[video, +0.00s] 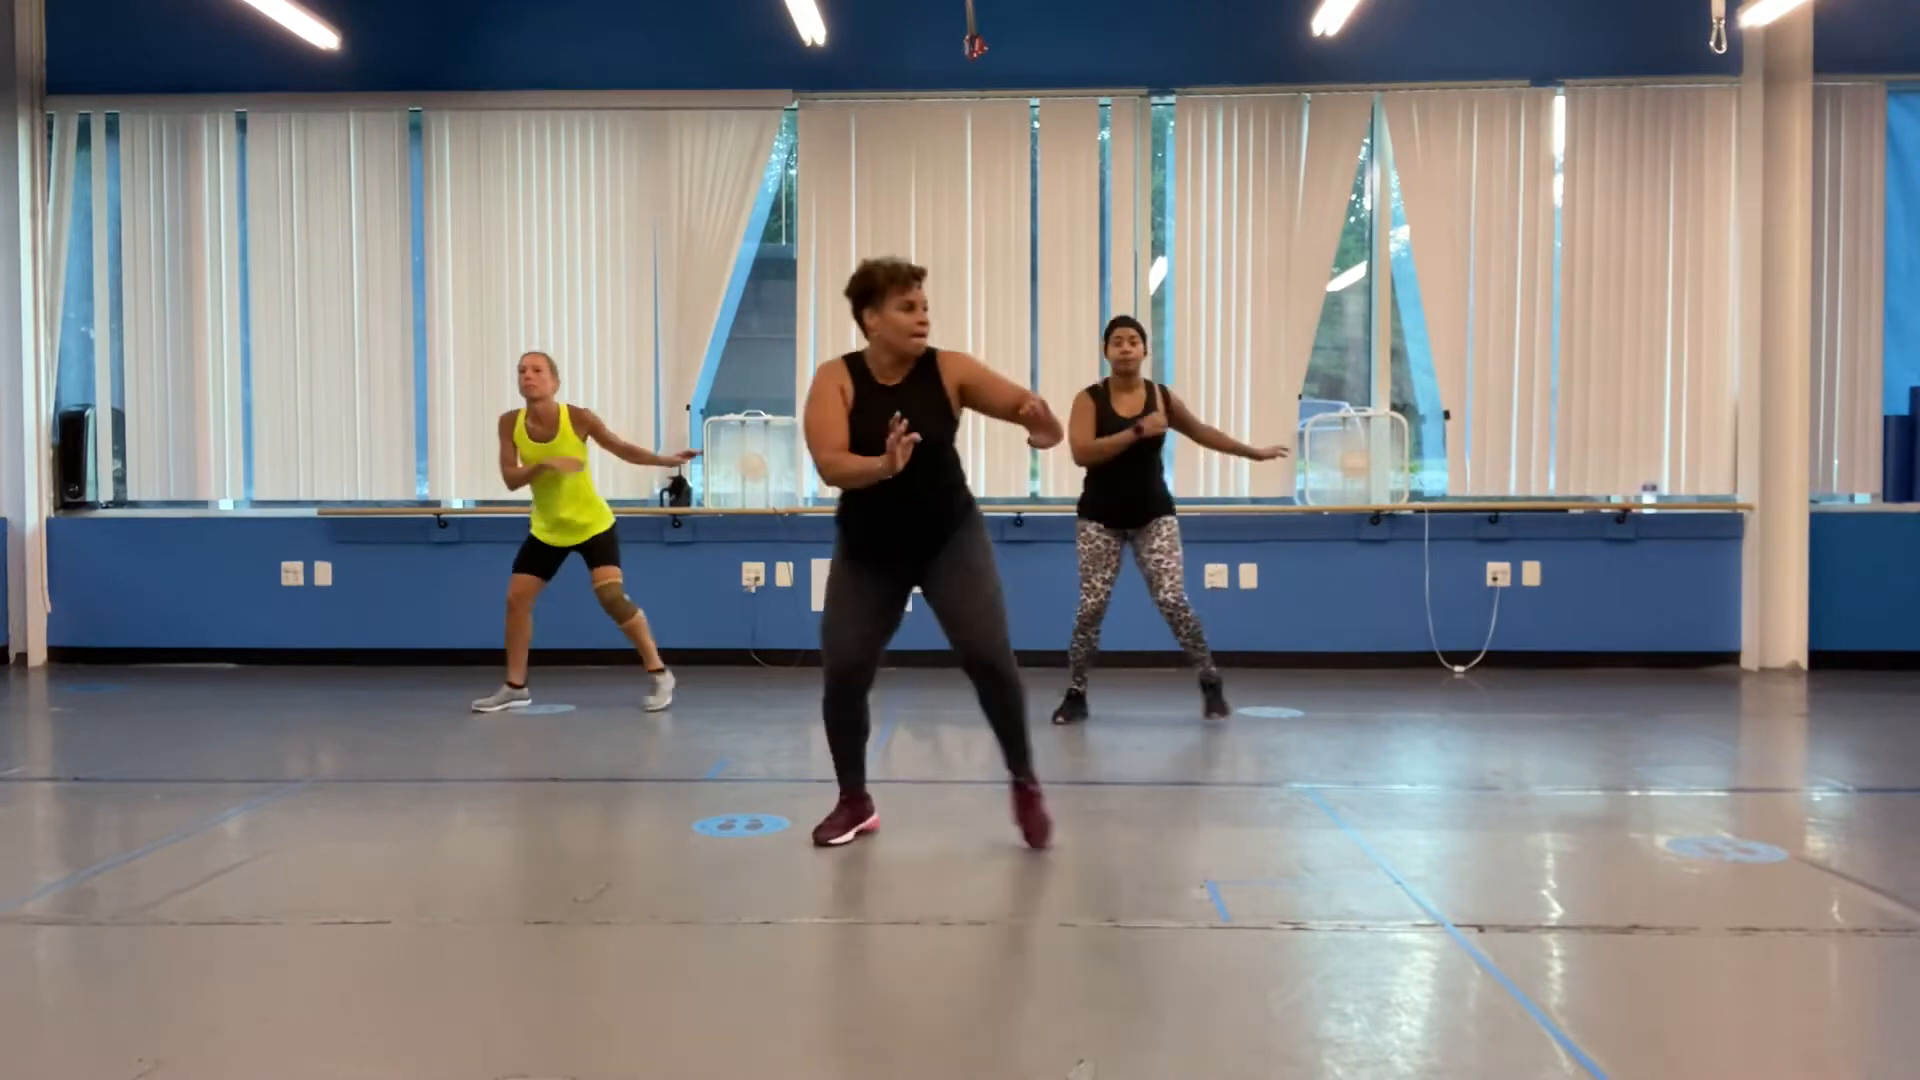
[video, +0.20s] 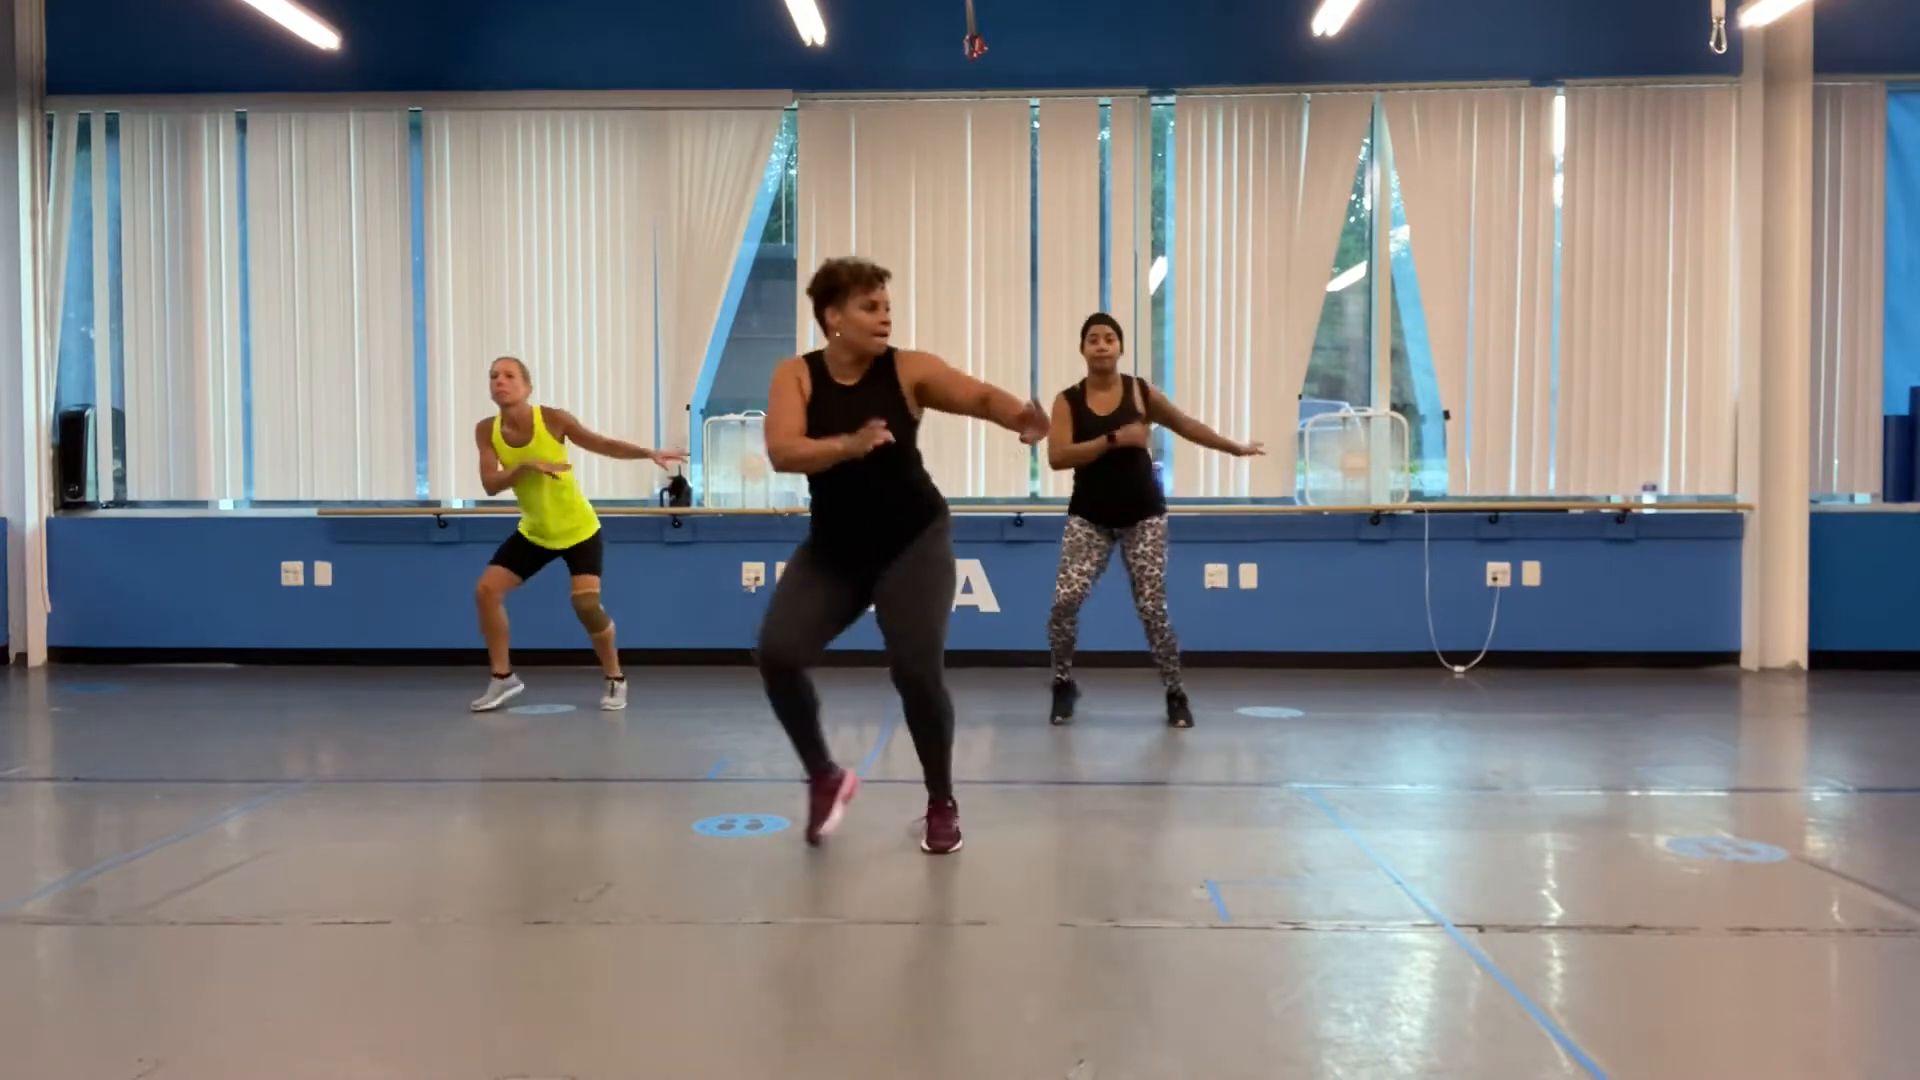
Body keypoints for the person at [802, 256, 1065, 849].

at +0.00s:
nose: (922, 317)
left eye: (924, 306)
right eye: (908, 308)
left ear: (927, 311)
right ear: (869, 319)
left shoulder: (950, 370)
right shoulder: (836, 380)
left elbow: (1022, 406)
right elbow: (831, 466)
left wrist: (1043, 423)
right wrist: (884, 464)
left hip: (951, 538)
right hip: (870, 546)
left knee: (988, 658)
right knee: (843, 673)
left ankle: (1025, 783)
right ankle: (853, 799)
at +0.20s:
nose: (886, 318)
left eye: (887, 308)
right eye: (871, 309)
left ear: (888, 312)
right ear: (831, 317)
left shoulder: (910, 371)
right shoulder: (795, 377)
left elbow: (981, 397)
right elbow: (782, 452)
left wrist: (1023, 416)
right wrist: (847, 446)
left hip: (913, 543)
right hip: (836, 548)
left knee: (916, 670)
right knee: (777, 654)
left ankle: (940, 802)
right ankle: (824, 777)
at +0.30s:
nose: (863, 316)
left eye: (864, 305)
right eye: (849, 306)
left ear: (864, 311)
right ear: (808, 313)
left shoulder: (882, 368)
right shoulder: (770, 364)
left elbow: (954, 394)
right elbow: (748, 432)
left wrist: (999, 405)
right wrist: (826, 410)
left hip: (889, 532)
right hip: (810, 540)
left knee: (914, 661)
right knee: (759, 651)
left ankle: (953, 793)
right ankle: (757, 781)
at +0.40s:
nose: (825, 330)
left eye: (834, 320)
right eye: (812, 319)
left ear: (843, 326)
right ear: (782, 324)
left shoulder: (862, 389)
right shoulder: (750, 373)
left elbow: (930, 435)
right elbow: (719, 438)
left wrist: (968, 429)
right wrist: (801, 427)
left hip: (858, 542)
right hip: (781, 553)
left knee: (893, 649)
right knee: (742, 681)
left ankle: (962, 756)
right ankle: (721, 797)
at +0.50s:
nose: (801, 334)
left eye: (812, 323)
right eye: (789, 323)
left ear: (829, 331)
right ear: (771, 329)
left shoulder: (857, 402)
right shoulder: (740, 387)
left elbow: (889, 487)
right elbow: (694, 456)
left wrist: (927, 488)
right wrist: (755, 485)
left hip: (846, 548)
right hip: (766, 554)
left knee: (867, 649)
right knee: (720, 682)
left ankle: (946, 735)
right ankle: (717, 798)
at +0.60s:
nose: (803, 331)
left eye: (815, 319)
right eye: (791, 321)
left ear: (833, 325)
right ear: (775, 327)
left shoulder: (863, 394)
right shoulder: (745, 384)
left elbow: (864, 487)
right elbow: (677, 432)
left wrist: (878, 495)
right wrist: (677, 492)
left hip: (849, 552)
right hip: (765, 555)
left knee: (877, 669)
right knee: (727, 683)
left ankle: (890, 788)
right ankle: (719, 799)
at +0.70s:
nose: (813, 321)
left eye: (824, 310)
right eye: (802, 313)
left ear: (846, 314)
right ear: (790, 321)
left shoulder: (881, 367)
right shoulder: (768, 370)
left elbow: (893, 445)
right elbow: (691, 391)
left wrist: (830, 454)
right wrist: (654, 428)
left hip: (856, 545)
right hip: (776, 543)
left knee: (906, 652)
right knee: (745, 670)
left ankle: (904, 780)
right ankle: (718, 794)